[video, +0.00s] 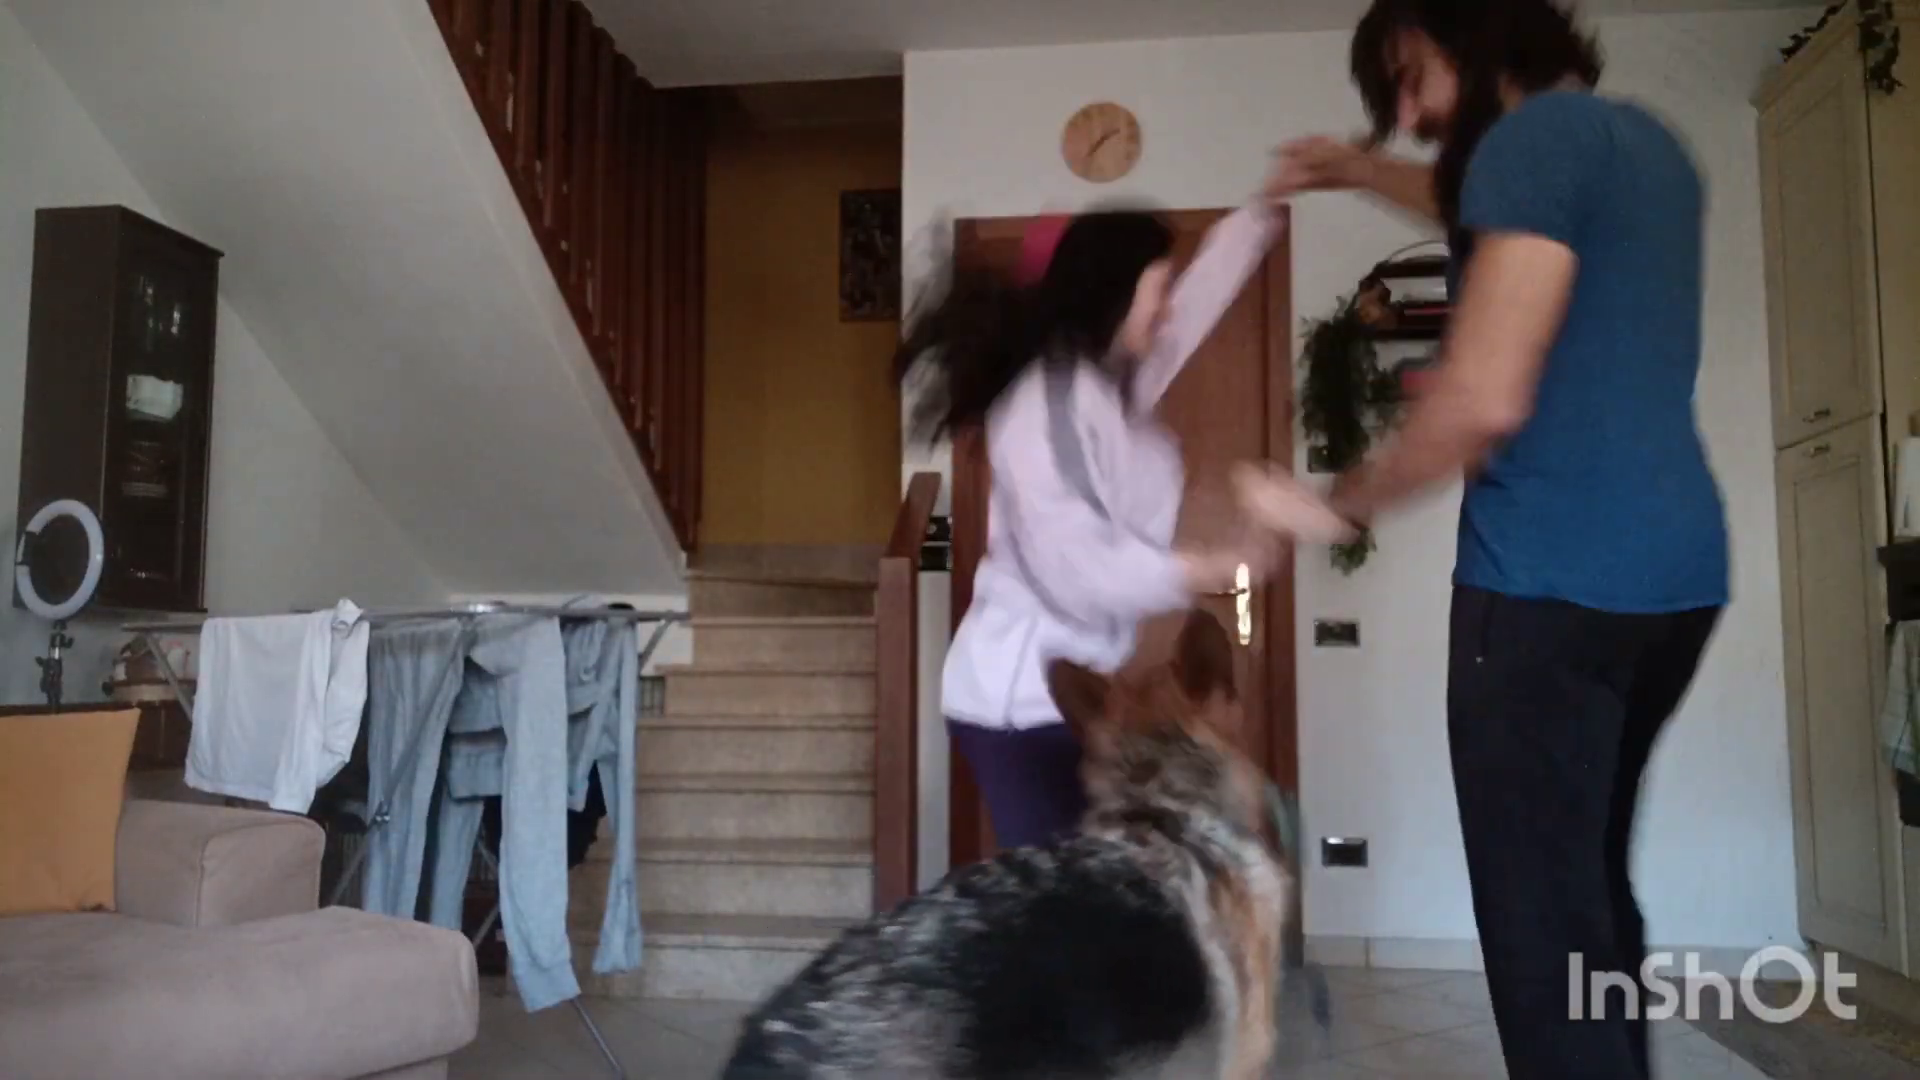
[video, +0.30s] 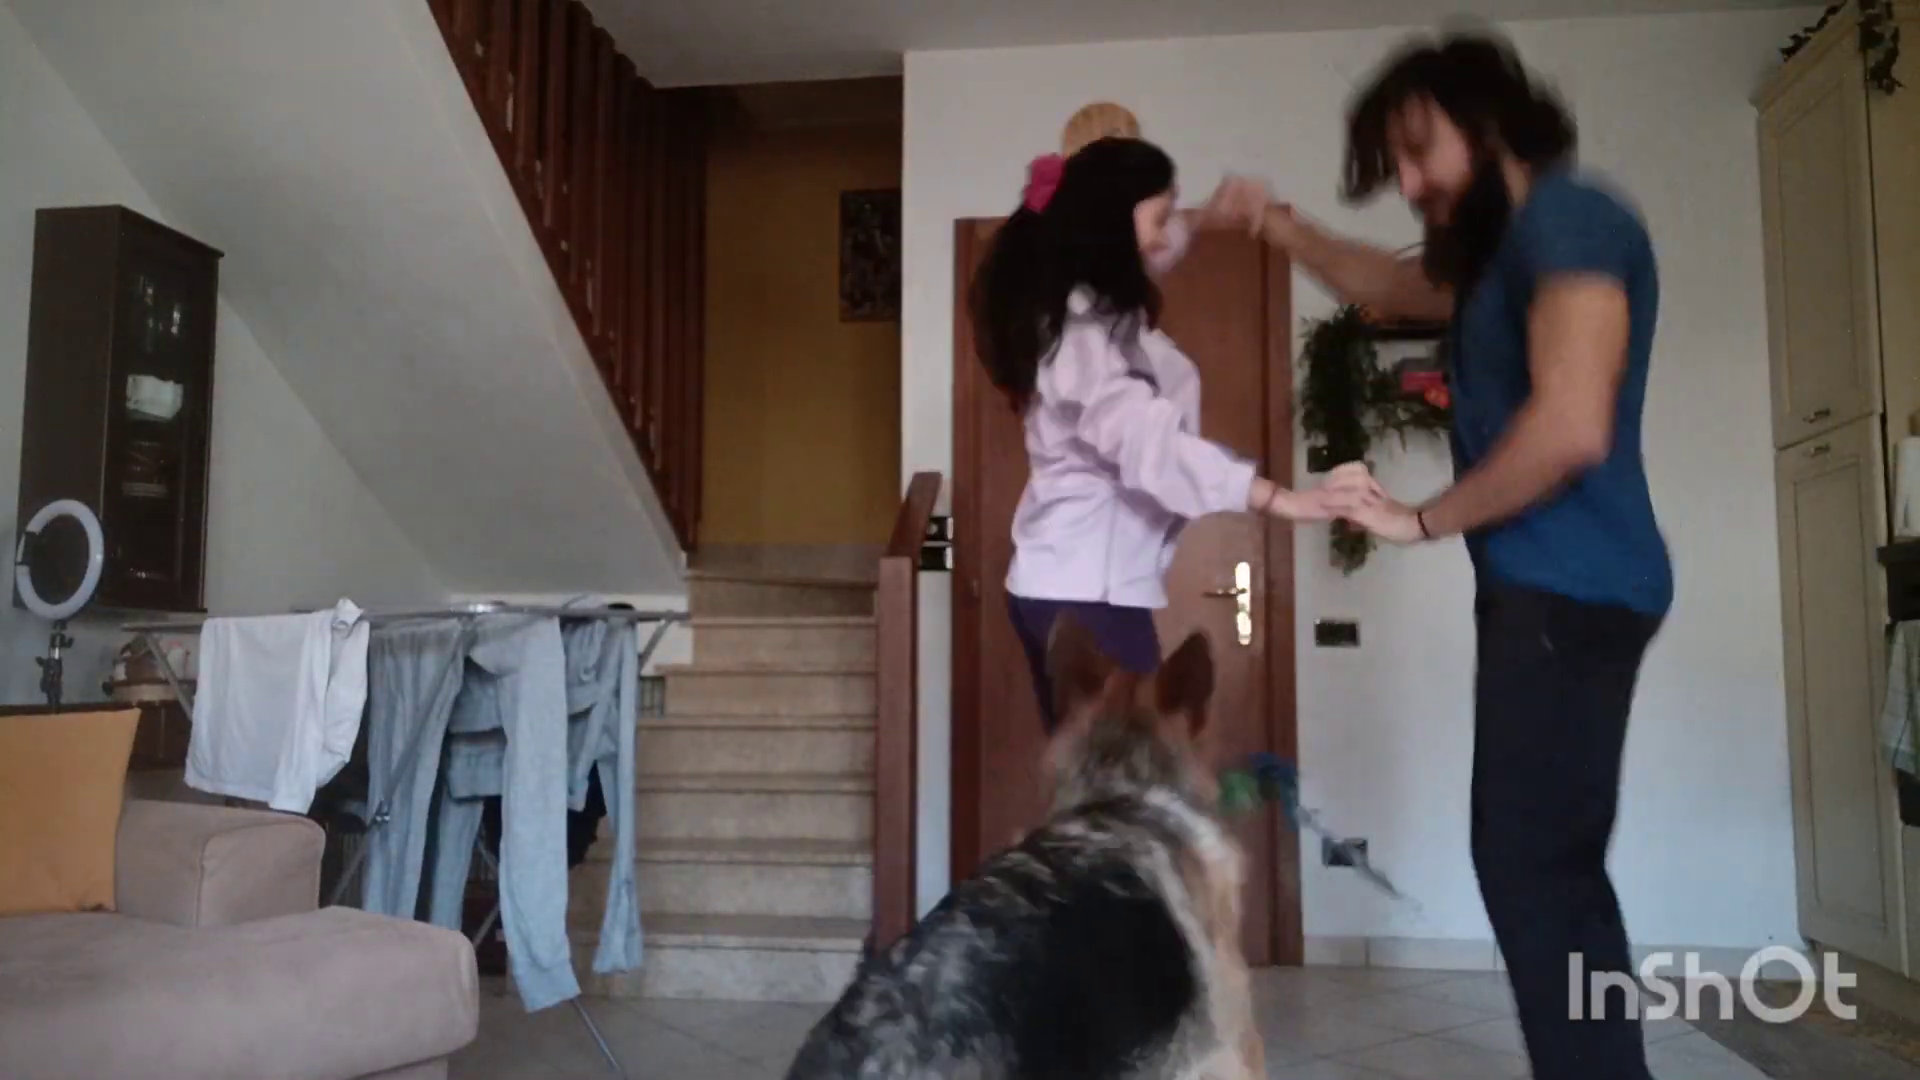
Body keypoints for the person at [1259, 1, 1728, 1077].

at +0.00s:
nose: (1409, 109)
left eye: (1413, 74)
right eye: (1396, 89)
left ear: (1476, 38)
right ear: (1529, 35)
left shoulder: (1537, 146)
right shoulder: (1650, 145)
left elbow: (1483, 397)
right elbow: (1511, 212)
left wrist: (1343, 503)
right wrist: (1367, 172)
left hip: (1549, 581)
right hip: (1661, 577)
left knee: (1533, 908)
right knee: (1588, 883)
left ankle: (1576, 1071)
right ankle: (1616, 1061)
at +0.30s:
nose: (1411, 180)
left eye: (1423, 150)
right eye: (1398, 161)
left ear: (1485, 127)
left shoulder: (1572, 219)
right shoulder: (1516, 235)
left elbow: (1572, 426)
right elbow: (1401, 292)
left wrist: (1427, 519)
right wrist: (1283, 227)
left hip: (1569, 590)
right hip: (1535, 584)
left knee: (1528, 862)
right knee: (1543, 860)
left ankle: (1588, 1072)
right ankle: (1596, 1068)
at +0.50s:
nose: (1430, 181)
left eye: (1444, 150)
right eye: (1416, 163)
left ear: (1505, 131)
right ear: (1414, 167)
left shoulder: (1596, 237)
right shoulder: (1493, 264)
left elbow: (1604, 432)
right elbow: (1383, 342)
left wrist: (1457, 534)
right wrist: (1235, 357)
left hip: (1576, 579)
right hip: (1521, 575)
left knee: (1541, 846)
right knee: (1532, 847)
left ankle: (1586, 1065)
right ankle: (1591, 1062)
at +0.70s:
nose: (1429, 190)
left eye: (1444, 159)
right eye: (1416, 172)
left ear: (1507, 147)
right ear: (1414, 179)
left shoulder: (1591, 246)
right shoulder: (1477, 282)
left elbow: (1584, 406)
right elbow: (1419, 417)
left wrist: (1416, 420)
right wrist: (1305, 477)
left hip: (1576, 593)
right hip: (1506, 591)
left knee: (1552, 857)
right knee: (1533, 856)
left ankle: (1632, 1067)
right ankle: (1629, 1063)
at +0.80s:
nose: (1432, 210)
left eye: (1451, 183)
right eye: (1422, 192)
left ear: (1509, 182)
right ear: (1419, 205)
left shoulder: (1582, 271)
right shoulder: (1486, 313)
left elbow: (1538, 388)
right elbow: (1447, 450)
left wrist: (1379, 323)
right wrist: (1337, 524)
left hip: (1574, 620)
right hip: (1505, 623)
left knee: (1540, 865)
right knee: (1508, 866)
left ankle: (1634, 1072)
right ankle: (1611, 1068)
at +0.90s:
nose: (1442, 184)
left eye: (1460, 157)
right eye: (1429, 169)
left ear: (1512, 155)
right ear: (1427, 184)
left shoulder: (1586, 245)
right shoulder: (1476, 292)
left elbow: (1493, 287)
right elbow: (1462, 446)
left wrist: (1347, 208)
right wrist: (1374, 528)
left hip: (1568, 578)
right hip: (1504, 580)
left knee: (1525, 830)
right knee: (1511, 830)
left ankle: (1610, 1066)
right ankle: (1601, 1062)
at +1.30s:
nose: (1421, 222)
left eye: (1425, 200)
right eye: (1416, 206)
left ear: (1467, 171)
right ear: (1488, 173)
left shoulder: (1536, 240)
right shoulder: (1538, 283)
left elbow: (1339, 192)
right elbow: (1513, 465)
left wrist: (1230, 161)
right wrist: (1393, 529)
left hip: (1526, 575)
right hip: (1542, 574)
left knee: (1456, 820)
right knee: (1528, 828)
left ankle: (1540, 1063)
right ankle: (1605, 1062)